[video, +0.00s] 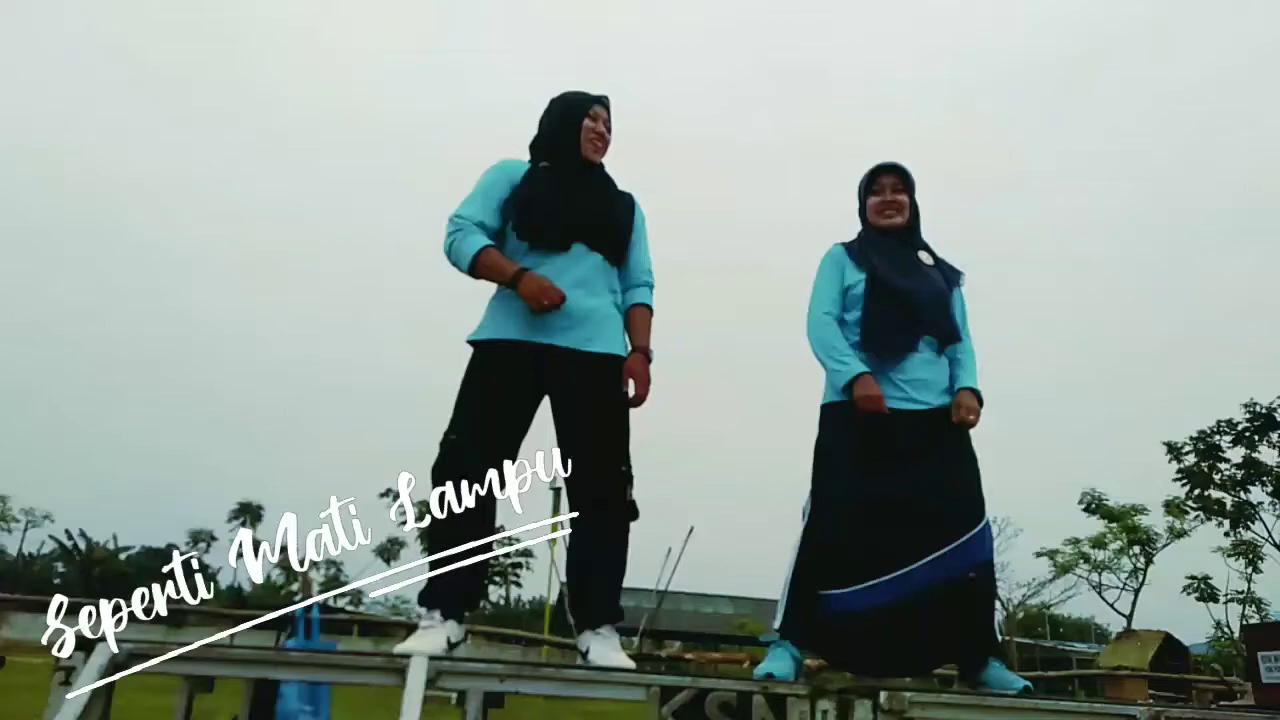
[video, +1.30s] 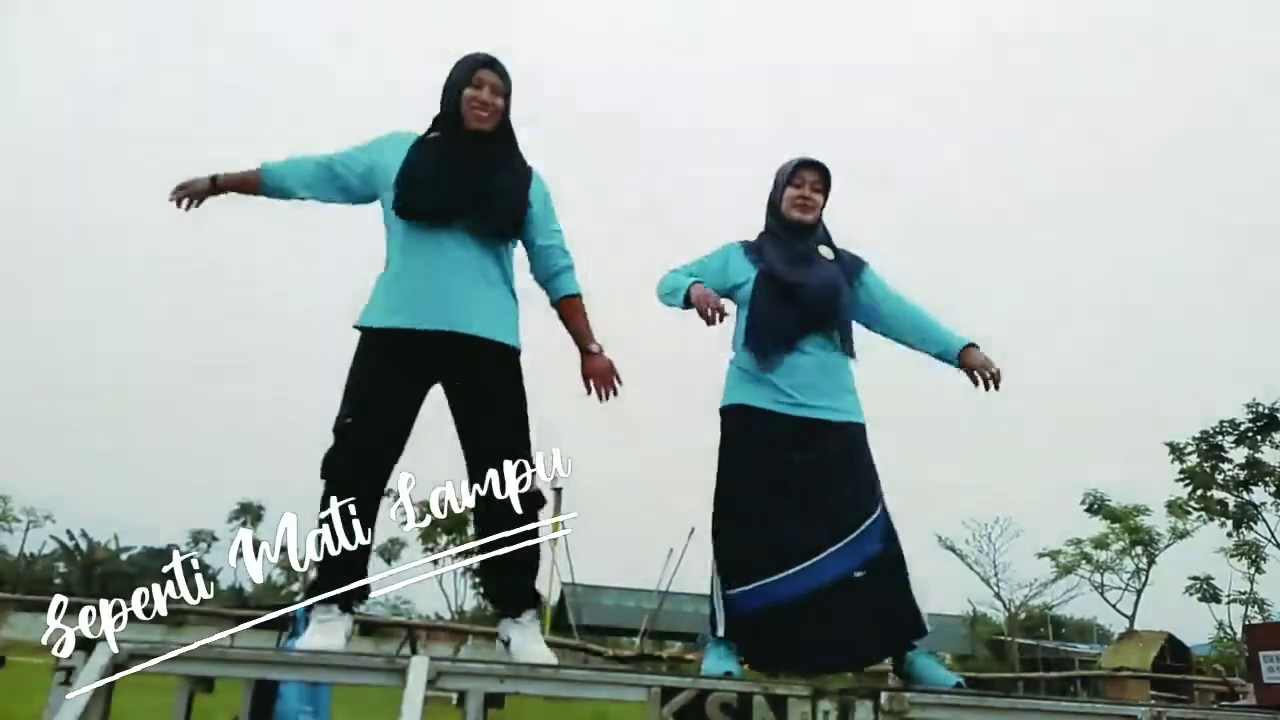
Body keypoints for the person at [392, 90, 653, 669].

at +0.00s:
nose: (601, 129)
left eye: (606, 124)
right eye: (591, 119)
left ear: (608, 139)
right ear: (560, 123)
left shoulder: (624, 205)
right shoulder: (511, 176)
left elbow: (638, 283)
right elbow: (460, 237)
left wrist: (640, 349)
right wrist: (519, 277)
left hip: (595, 355)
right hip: (510, 344)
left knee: (603, 491)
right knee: (465, 474)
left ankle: (598, 628)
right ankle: (443, 614)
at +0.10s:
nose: (603, 134)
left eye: (608, 128)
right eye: (592, 124)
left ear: (613, 143)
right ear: (563, 132)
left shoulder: (633, 211)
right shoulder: (521, 185)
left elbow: (646, 286)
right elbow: (496, 249)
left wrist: (647, 355)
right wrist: (580, 276)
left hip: (597, 362)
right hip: (512, 350)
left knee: (608, 495)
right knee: (460, 473)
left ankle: (599, 628)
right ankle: (444, 613)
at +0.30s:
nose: (582, 124)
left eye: (592, 118)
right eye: (572, 115)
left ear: (604, 133)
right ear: (553, 125)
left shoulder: (628, 198)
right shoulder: (522, 172)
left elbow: (646, 274)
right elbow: (481, 199)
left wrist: (653, 346)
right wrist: (573, 204)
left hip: (592, 346)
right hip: (508, 335)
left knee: (597, 484)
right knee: (445, 452)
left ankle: (599, 626)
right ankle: (436, 601)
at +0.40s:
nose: (574, 124)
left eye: (584, 119)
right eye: (564, 115)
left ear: (596, 134)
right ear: (544, 123)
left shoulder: (613, 201)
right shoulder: (501, 174)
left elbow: (629, 282)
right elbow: (414, 179)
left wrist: (640, 353)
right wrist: (491, 177)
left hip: (581, 345)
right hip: (498, 336)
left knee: (593, 484)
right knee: (442, 464)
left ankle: (599, 627)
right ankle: (424, 606)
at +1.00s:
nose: (503, 124)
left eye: (515, 116)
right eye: (496, 116)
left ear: (541, 123)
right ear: (487, 124)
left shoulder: (573, 190)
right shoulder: (468, 177)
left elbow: (595, 266)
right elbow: (425, 167)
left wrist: (584, 341)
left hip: (531, 340)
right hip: (448, 331)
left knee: (532, 481)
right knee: (374, 443)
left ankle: (526, 624)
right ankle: (385, 593)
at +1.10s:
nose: (497, 113)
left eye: (510, 105)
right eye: (490, 104)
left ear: (534, 115)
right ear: (479, 112)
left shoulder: (565, 185)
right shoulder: (451, 163)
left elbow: (585, 260)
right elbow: (363, 147)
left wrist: (585, 339)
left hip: (524, 336)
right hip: (438, 326)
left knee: (528, 477)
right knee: (380, 451)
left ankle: (527, 618)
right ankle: (343, 594)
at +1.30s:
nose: (484, 97)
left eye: (496, 92)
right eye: (474, 86)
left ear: (507, 107)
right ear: (451, 93)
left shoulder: (522, 178)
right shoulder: (401, 151)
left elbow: (552, 262)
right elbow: (313, 174)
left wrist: (589, 345)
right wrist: (220, 182)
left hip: (486, 340)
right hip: (397, 331)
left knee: (507, 477)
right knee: (354, 469)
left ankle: (518, 614)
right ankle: (333, 605)